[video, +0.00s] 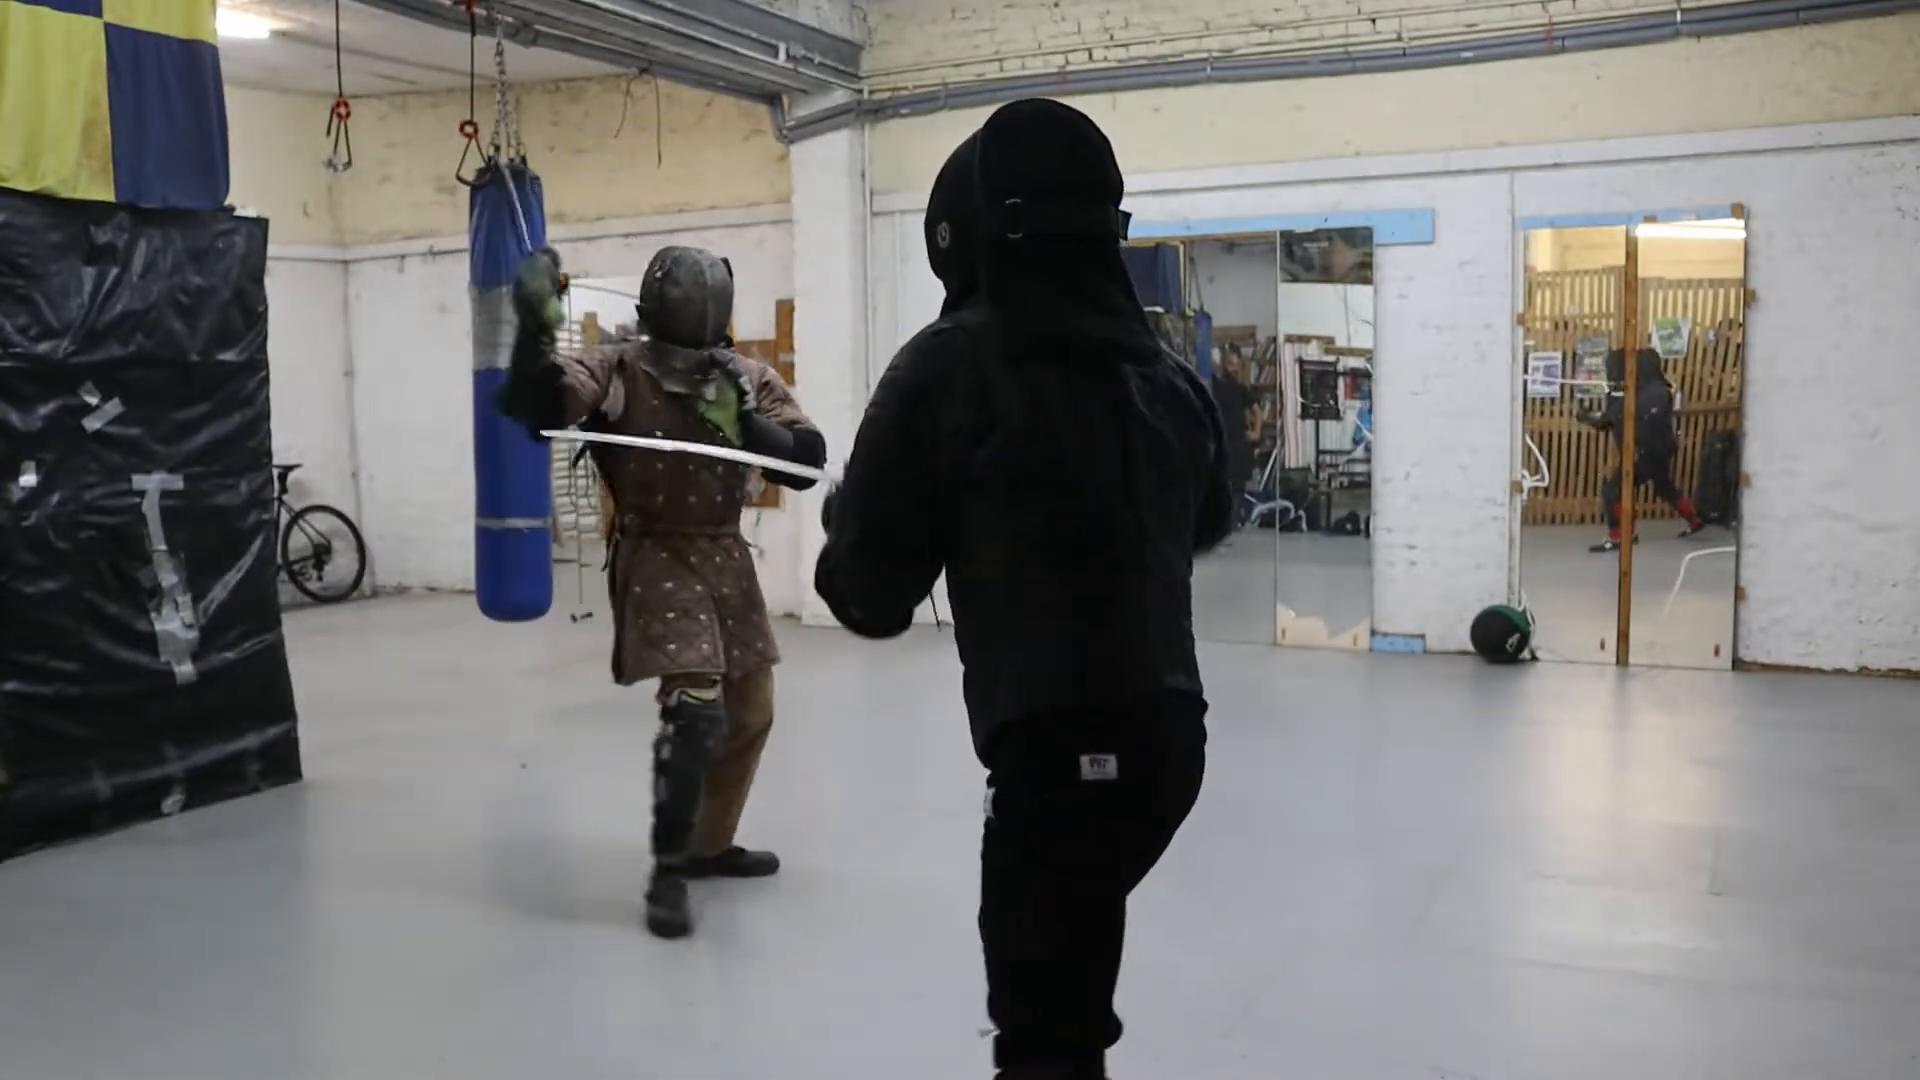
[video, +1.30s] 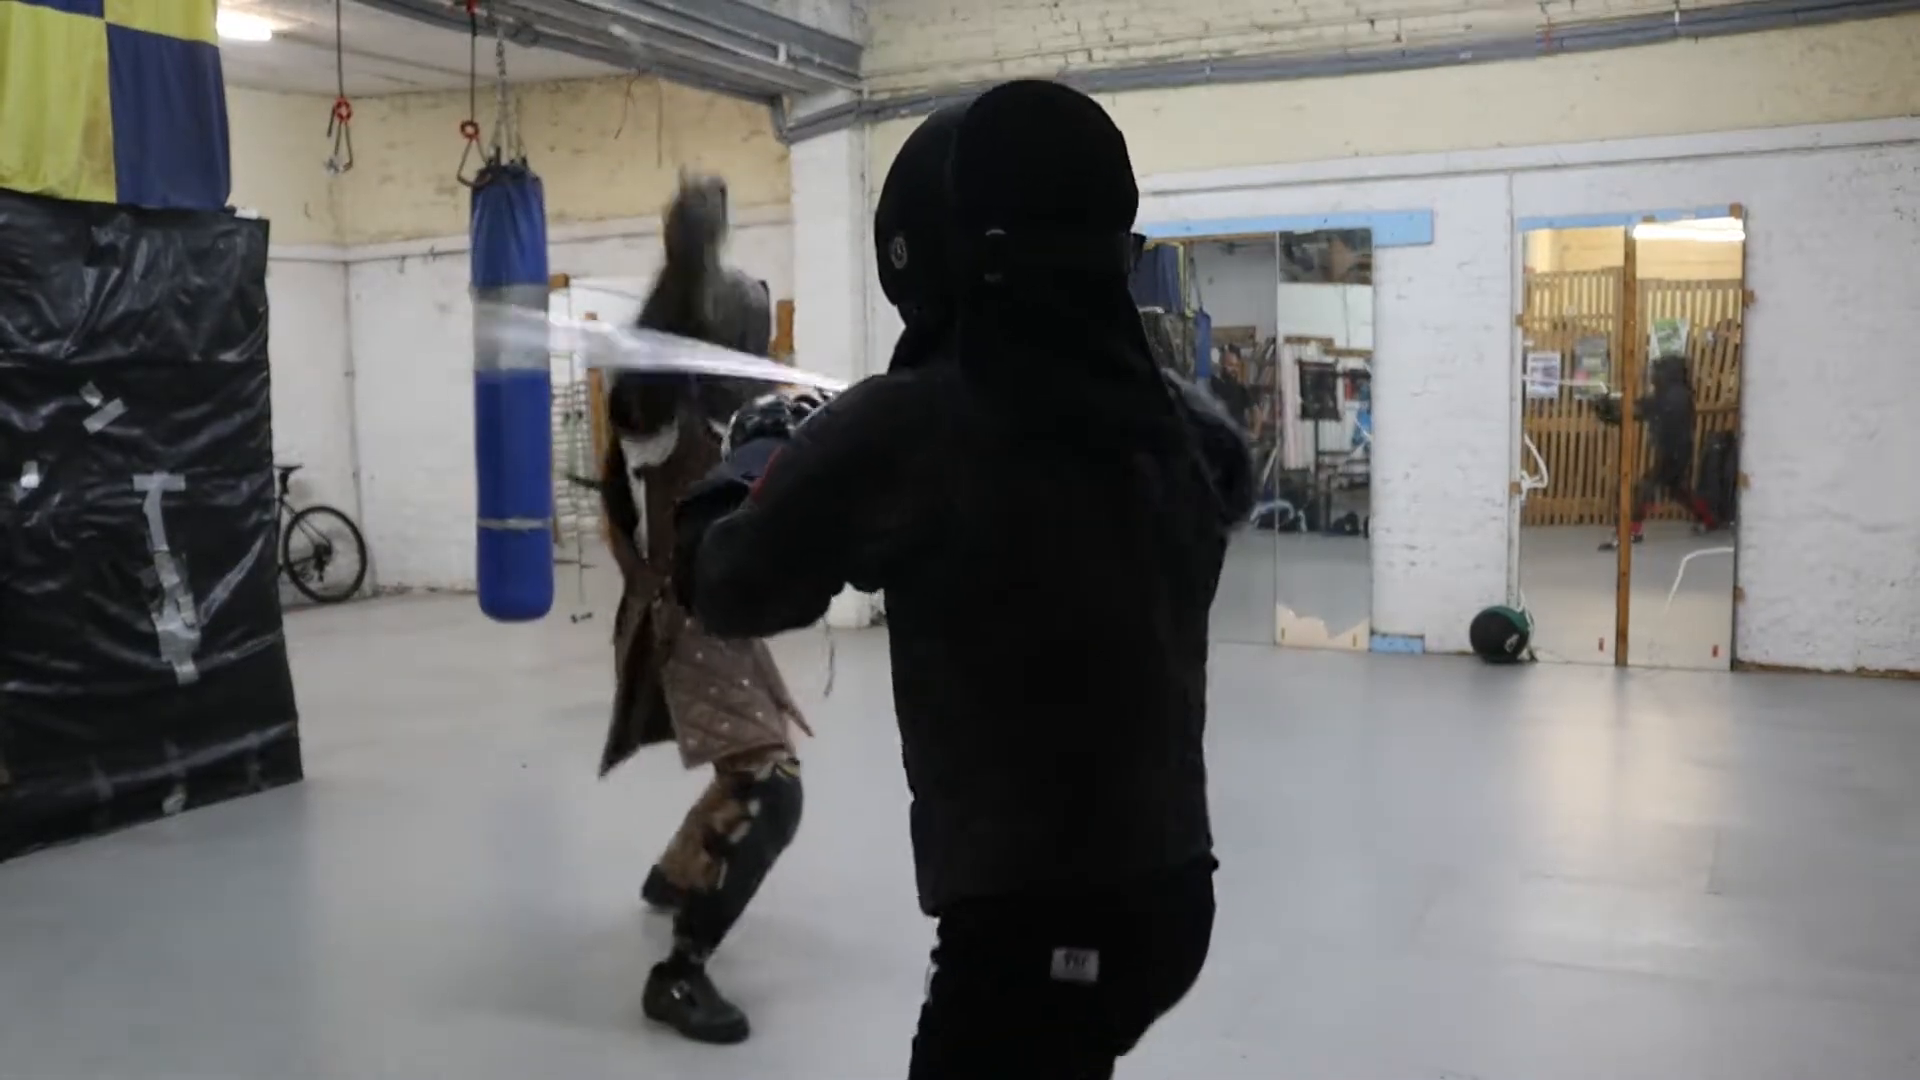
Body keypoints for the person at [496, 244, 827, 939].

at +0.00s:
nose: (689, 356)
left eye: (701, 341)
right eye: (676, 340)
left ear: (722, 324)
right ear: (651, 319)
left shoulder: (745, 377)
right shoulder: (617, 371)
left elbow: (810, 458)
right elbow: (536, 406)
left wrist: (745, 421)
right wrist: (536, 324)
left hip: (726, 554)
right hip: (655, 554)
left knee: (751, 713)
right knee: (697, 708)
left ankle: (710, 845)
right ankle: (668, 875)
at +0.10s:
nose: (695, 352)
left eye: (709, 337)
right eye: (682, 337)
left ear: (728, 326)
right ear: (657, 323)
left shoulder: (746, 378)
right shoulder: (631, 370)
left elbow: (811, 463)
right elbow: (568, 435)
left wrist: (752, 424)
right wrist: (579, 362)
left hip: (730, 551)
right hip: (664, 554)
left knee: (764, 714)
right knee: (712, 719)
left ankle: (714, 846)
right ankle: (679, 884)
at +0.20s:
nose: (701, 361)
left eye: (712, 345)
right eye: (686, 347)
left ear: (728, 329)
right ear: (654, 328)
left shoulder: (745, 377)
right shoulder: (628, 380)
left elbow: (807, 465)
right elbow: (609, 475)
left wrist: (755, 429)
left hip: (729, 552)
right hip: (666, 554)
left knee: (767, 719)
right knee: (715, 721)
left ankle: (716, 847)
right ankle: (678, 889)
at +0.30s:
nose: (702, 369)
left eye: (713, 353)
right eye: (686, 355)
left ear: (726, 337)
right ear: (654, 339)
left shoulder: (742, 385)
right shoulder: (628, 401)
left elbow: (805, 465)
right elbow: (655, 516)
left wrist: (750, 446)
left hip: (731, 567)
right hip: (667, 572)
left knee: (771, 724)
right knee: (711, 732)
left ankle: (717, 846)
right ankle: (675, 901)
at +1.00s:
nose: (716, 353)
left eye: (728, 336)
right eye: (701, 336)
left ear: (741, 325)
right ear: (668, 327)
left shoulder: (746, 388)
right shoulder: (634, 379)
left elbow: (804, 478)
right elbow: (665, 470)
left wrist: (768, 488)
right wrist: (745, 473)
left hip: (730, 578)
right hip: (664, 583)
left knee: (756, 726)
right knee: (717, 741)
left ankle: (715, 847)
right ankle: (670, 908)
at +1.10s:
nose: (715, 317)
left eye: (727, 300)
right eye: (697, 303)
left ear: (746, 303)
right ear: (665, 310)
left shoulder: (755, 388)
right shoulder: (648, 375)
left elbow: (812, 451)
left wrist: (781, 461)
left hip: (736, 574)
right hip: (667, 578)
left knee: (743, 741)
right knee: (746, 749)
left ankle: (683, 862)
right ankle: (667, 889)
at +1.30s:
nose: (761, 363)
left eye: (757, 347)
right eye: (748, 347)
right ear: (718, 360)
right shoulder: (682, 439)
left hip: (711, 623)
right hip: (697, 628)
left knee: (755, 765)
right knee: (773, 795)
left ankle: (679, 876)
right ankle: (682, 969)